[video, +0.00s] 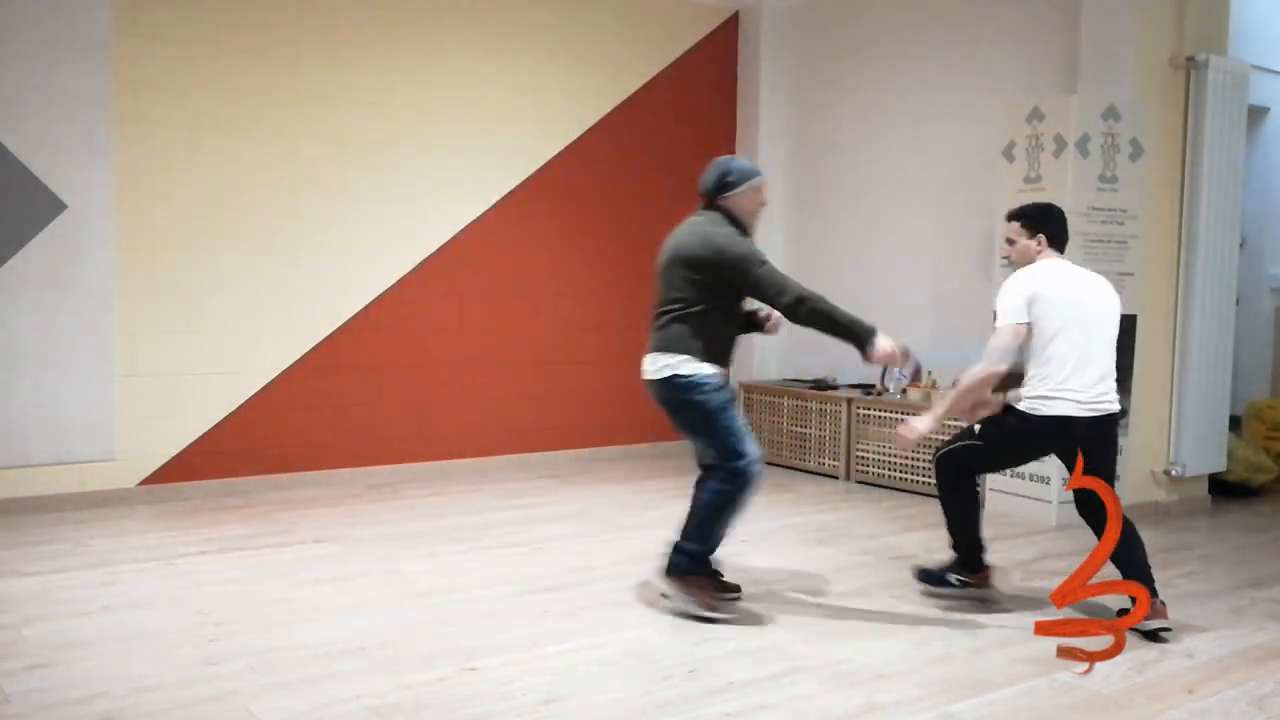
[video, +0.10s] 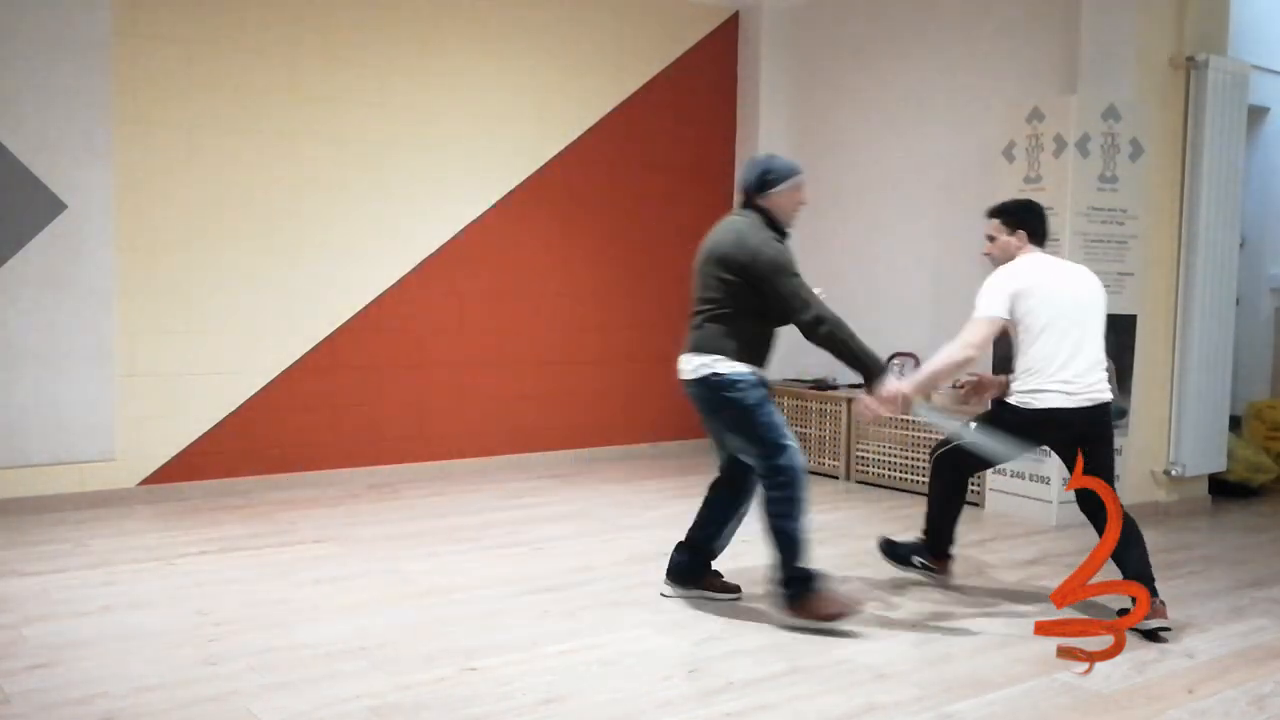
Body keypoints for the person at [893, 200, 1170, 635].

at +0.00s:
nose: (1005, 251)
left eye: (1011, 242)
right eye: (1005, 242)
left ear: (1039, 242)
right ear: (1048, 244)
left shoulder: (1023, 283)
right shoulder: (1102, 287)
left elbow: (994, 367)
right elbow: (1082, 372)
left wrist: (931, 418)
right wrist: (1003, 398)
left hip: (1043, 415)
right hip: (1099, 421)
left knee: (952, 462)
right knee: (1100, 506)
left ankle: (969, 567)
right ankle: (1148, 603)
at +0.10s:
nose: (986, 249)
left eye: (992, 239)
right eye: (986, 239)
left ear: (1020, 237)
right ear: (1032, 239)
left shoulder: (1008, 278)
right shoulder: (1086, 277)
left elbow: (968, 350)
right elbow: (1074, 362)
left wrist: (909, 387)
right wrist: (1000, 384)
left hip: (1033, 409)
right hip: (1091, 412)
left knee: (949, 459)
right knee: (1103, 504)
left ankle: (934, 552)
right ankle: (1147, 600)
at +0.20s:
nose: (955, 241)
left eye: (961, 232)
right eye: (955, 232)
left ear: (987, 231)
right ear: (997, 232)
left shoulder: (981, 268)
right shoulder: (1054, 267)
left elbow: (943, 328)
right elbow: (1054, 345)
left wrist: (891, 356)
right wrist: (991, 379)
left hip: (1014, 401)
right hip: (1069, 400)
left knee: (945, 468)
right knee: (1090, 493)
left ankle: (919, 547)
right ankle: (1145, 595)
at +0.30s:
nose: (911, 230)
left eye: (918, 221)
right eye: (912, 220)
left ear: (944, 221)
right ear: (958, 221)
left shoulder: (940, 258)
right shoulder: (1007, 255)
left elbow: (933, 315)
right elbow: (1019, 312)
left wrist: (891, 350)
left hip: (979, 390)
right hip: (1033, 385)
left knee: (932, 464)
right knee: (1067, 479)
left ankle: (914, 551)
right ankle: (1136, 572)